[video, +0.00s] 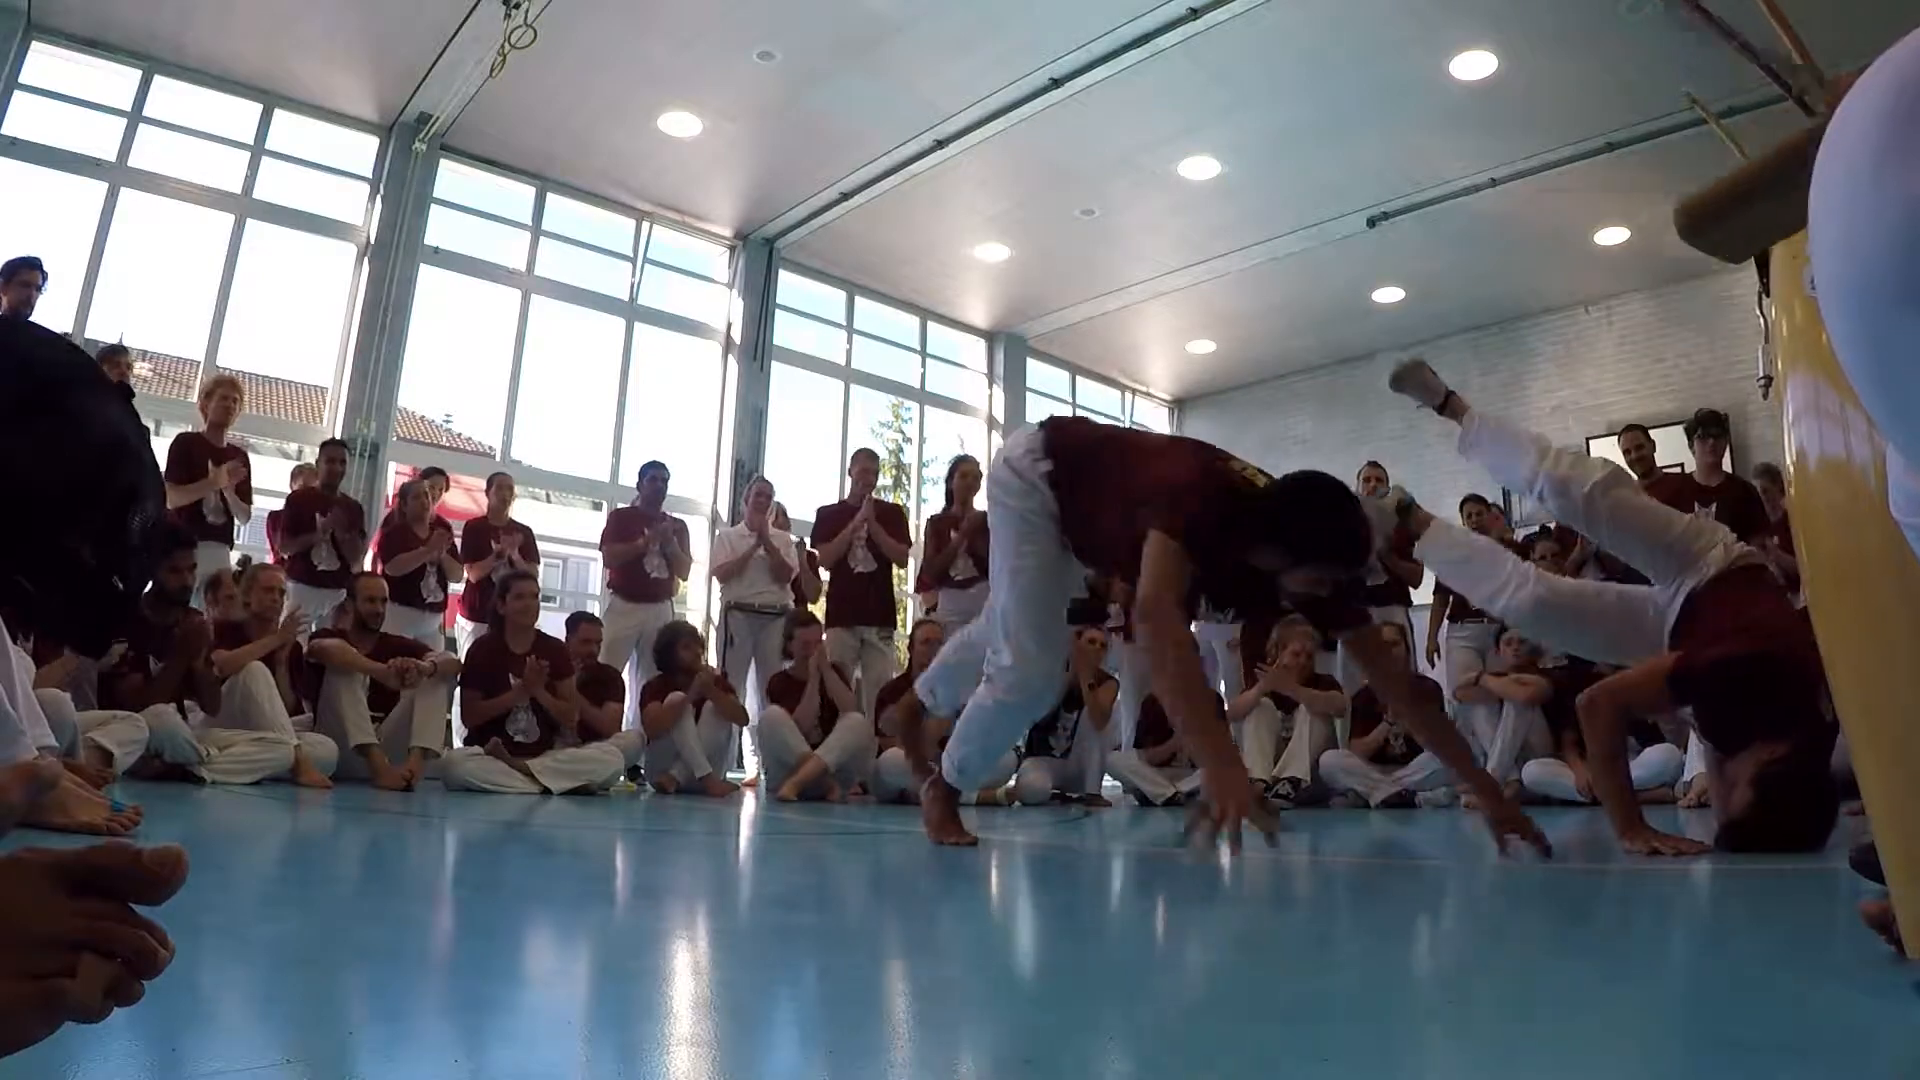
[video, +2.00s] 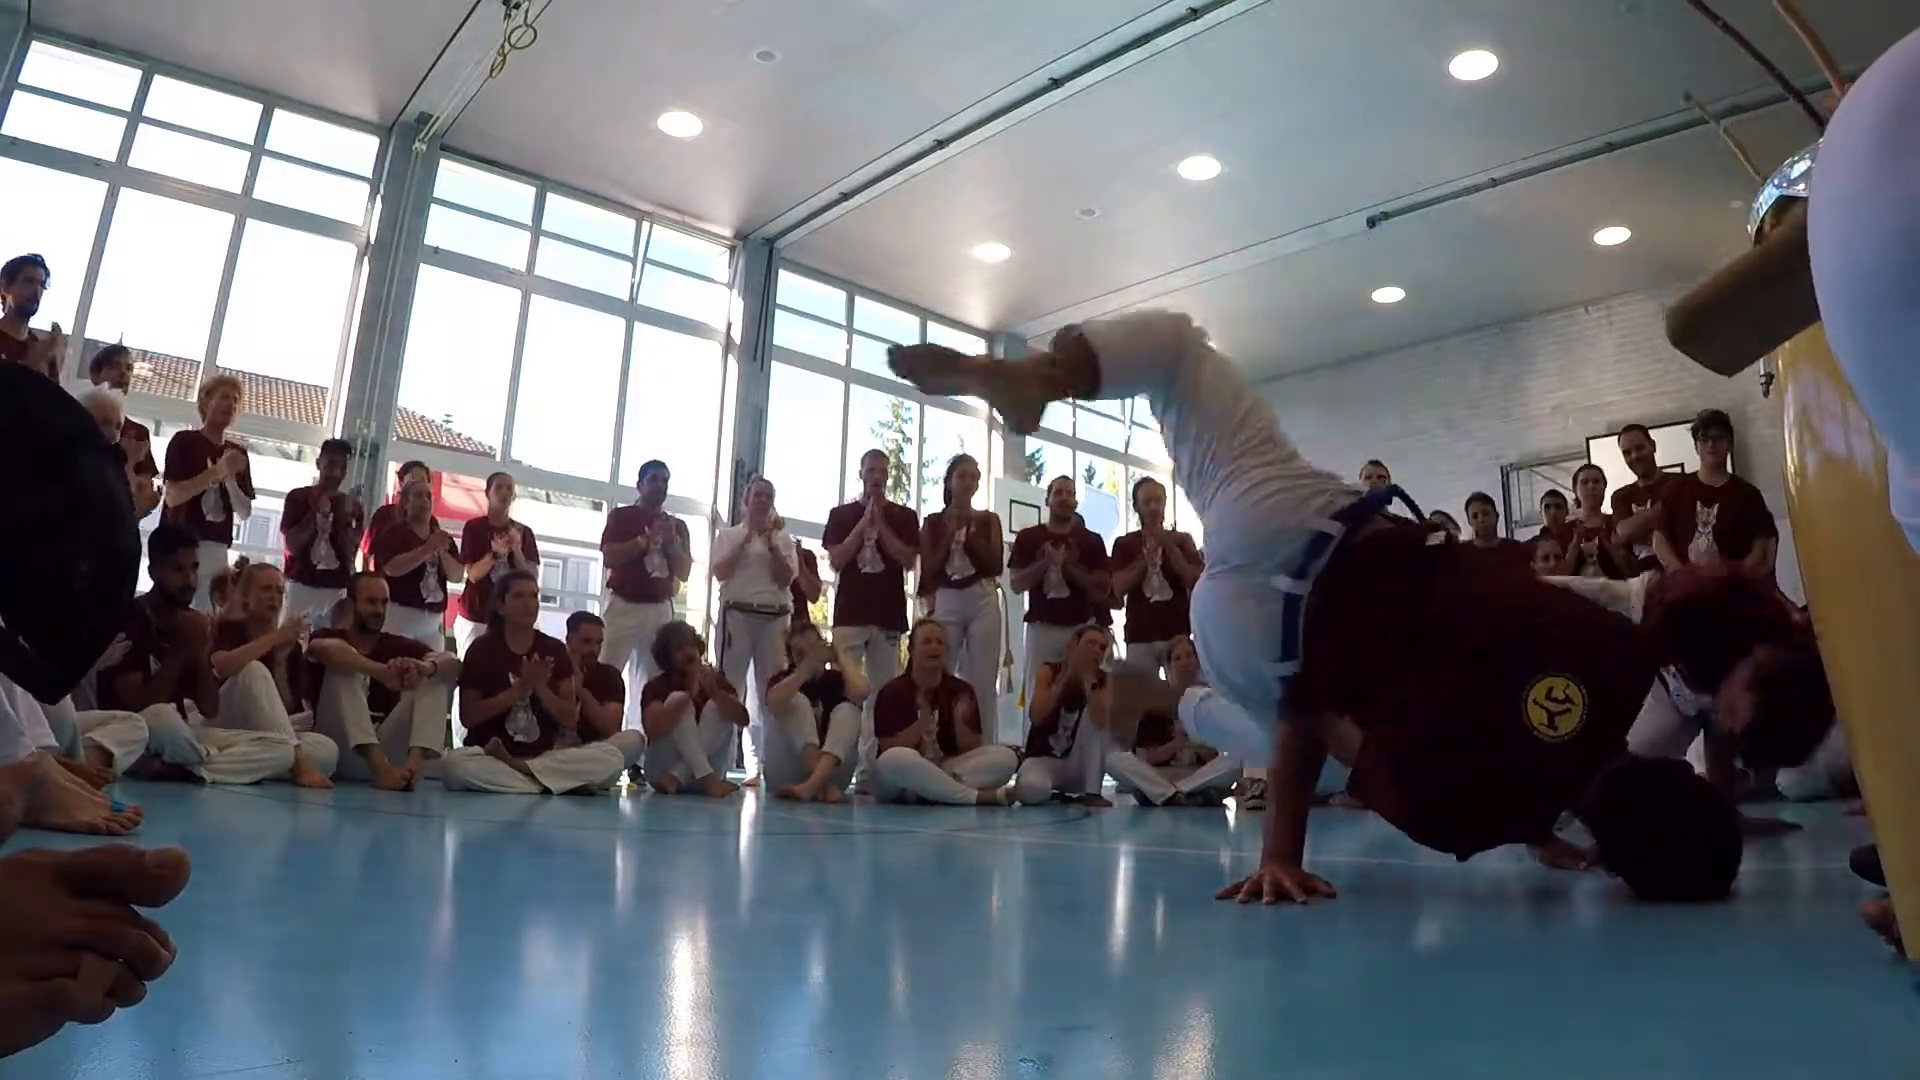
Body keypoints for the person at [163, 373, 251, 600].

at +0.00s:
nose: (229, 404)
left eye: (235, 401)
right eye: (223, 398)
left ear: (239, 410)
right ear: (204, 404)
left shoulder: (238, 456)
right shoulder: (184, 442)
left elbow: (244, 516)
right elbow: (171, 498)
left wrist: (229, 492)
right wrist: (213, 482)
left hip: (218, 548)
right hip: (181, 545)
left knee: (214, 621)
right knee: (173, 619)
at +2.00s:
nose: (229, 404)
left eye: (234, 400)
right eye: (223, 397)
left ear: (237, 408)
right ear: (205, 403)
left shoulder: (237, 453)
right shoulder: (183, 440)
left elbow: (245, 512)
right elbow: (172, 497)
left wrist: (230, 478)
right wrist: (218, 472)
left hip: (216, 546)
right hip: (179, 542)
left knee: (208, 618)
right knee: (171, 612)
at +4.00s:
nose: (239, 408)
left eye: (243, 403)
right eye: (232, 400)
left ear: (246, 410)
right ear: (211, 406)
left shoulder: (243, 458)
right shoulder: (189, 442)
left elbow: (245, 519)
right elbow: (176, 500)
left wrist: (236, 491)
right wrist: (217, 483)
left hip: (218, 550)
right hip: (180, 545)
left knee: (208, 621)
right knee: (171, 615)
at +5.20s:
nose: (234, 405)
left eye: (238, 401)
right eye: (228, 397)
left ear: (241, 408)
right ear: (208, 402)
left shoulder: (239, 453)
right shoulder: (186, 441)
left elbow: (247, 513)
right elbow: (174, 495)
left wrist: (237, 479)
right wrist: (216, 473)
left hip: (219, 546)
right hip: (183, 542)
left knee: (214, 618)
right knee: (176, 614)